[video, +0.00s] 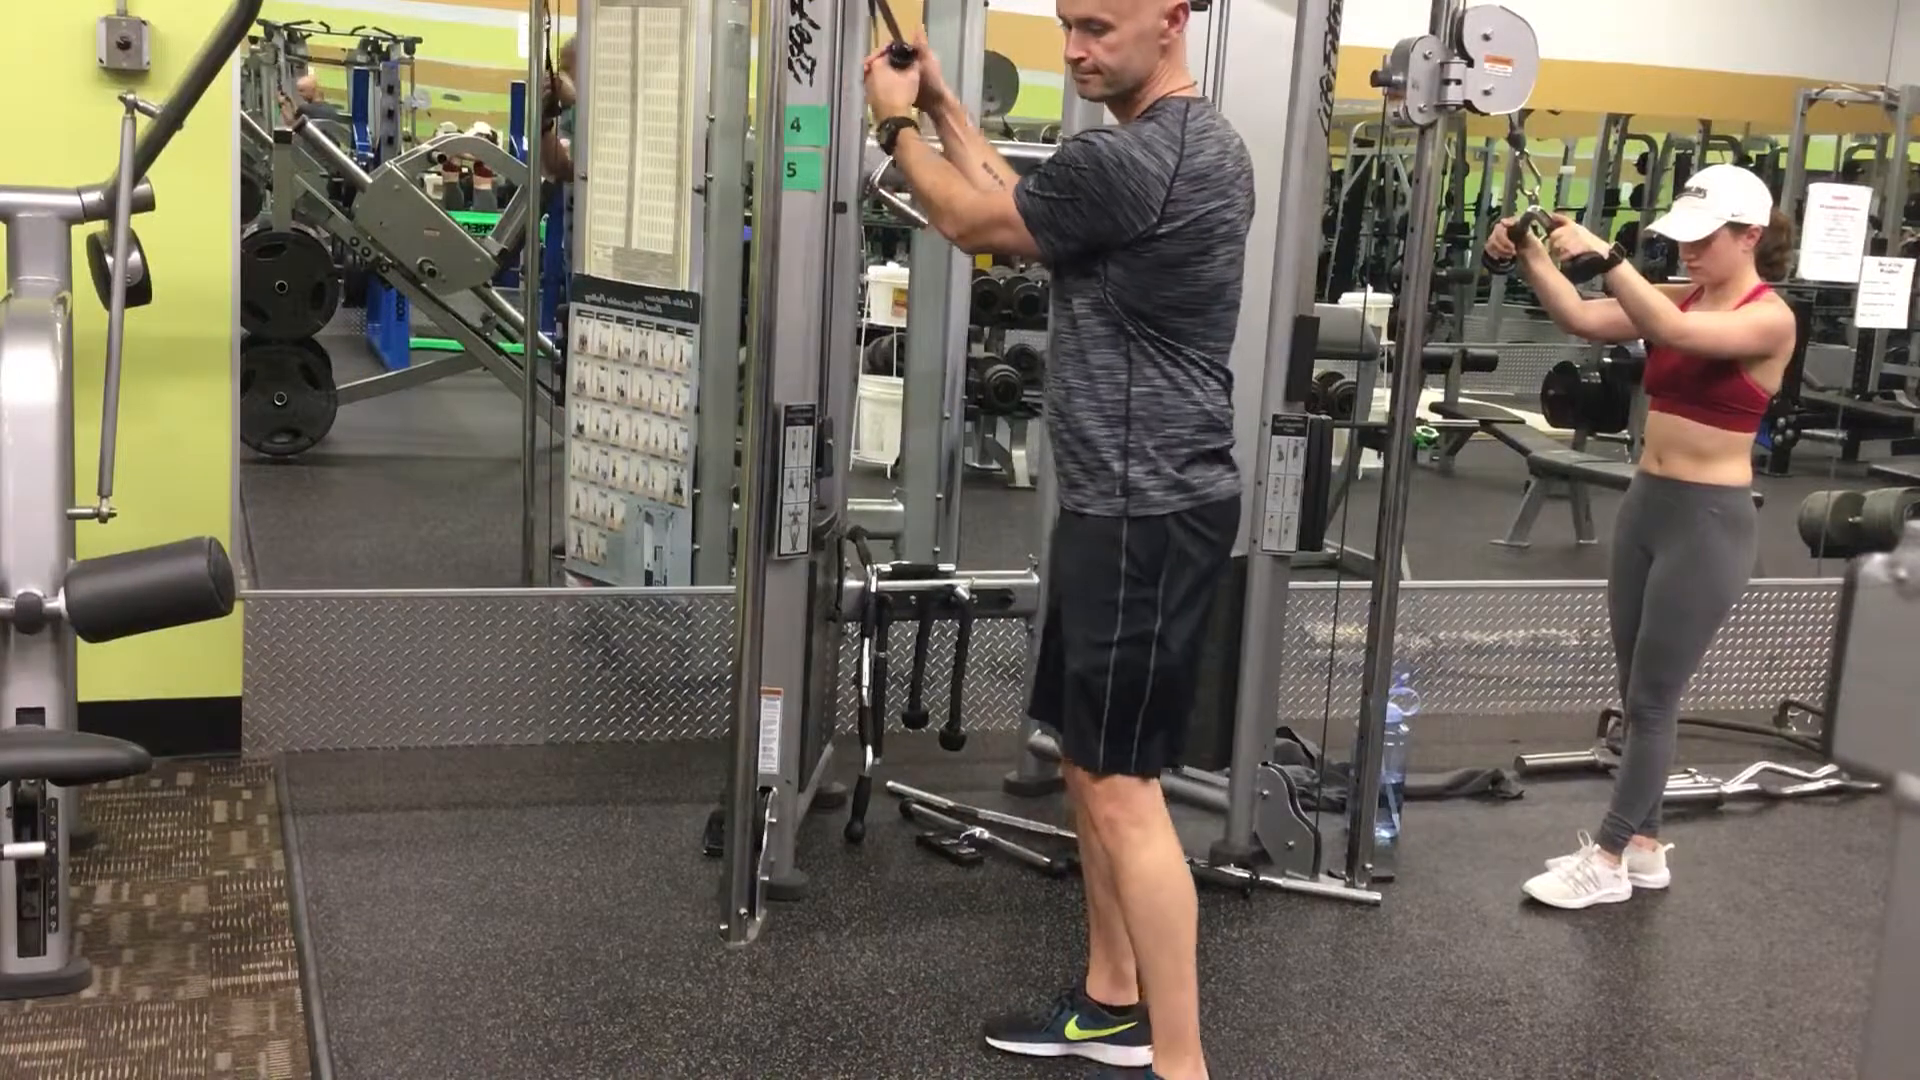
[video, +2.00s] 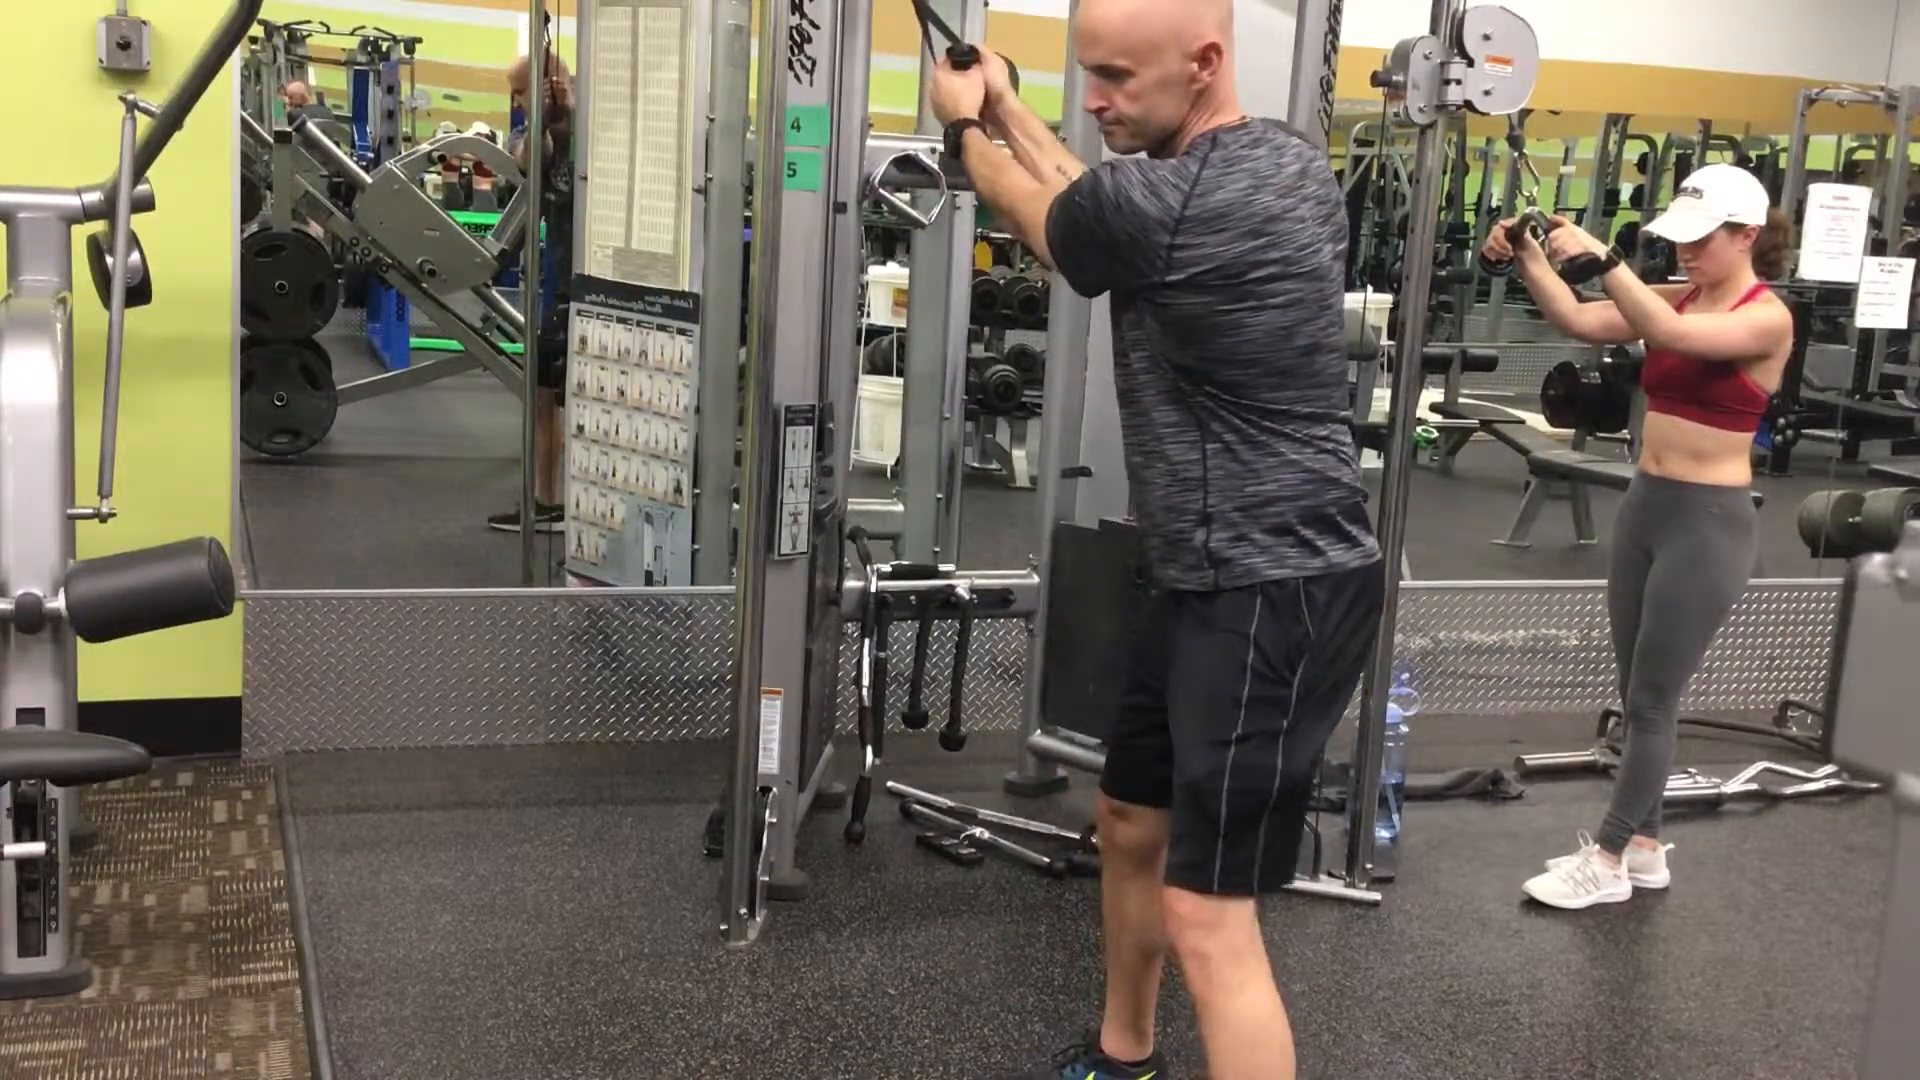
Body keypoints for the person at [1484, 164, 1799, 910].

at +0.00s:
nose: (1685, 253)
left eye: (1700, 239)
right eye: (1681, 239)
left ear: (1749, 236)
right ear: (1681, 238)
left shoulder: (1772, 317)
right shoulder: (1679, 301)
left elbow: (1673, 328)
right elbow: (1584, 316)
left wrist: (1603, 254)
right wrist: (1529, 257)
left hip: (1709, 523)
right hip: (1642, 508)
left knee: (1653, 698)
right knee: (1639, 692)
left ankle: (1605, 858)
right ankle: (1645, 846)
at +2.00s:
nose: (1683, 253)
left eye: (1698, 239)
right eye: (1678, 240)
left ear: (1747, 237)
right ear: (1679, 239)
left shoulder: (1769, 318)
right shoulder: (1675, 300)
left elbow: (1670, 331)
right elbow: (1579, 318)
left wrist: (1602, 258)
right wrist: (1526, 257)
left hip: (1709, 524)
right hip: (1642, 509)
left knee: (1651, 699)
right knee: (1639, 693)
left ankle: (1606, 859)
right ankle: (1646, 846)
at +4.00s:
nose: (1672, 255)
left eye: (1686, 242)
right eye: (1669, 243)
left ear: (1735, 238)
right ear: (1672, 242)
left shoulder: (1764, 315)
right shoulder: (1670, 300)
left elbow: (1665, 335)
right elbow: (1571, 322)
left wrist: (1595, 260)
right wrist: (1522, 260)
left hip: (1710, 523)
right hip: (1644, 507)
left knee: (1651, 698)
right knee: (1638, 690)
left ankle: (1607, 859)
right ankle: (1646, 845)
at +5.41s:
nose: (1679, 253)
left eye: (1694, 239)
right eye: (1675, 240)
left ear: (1743, 236)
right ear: (1679, 239)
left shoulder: (1769, 317)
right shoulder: (1677, 301)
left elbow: (1670, 333)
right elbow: (1580, 322)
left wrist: (1602, 260)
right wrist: (1526, 258)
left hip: (1710, 523)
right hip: (1643, 508)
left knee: (1652, 698)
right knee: (1638, 691)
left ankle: (1606, 859)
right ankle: (1646, 846)